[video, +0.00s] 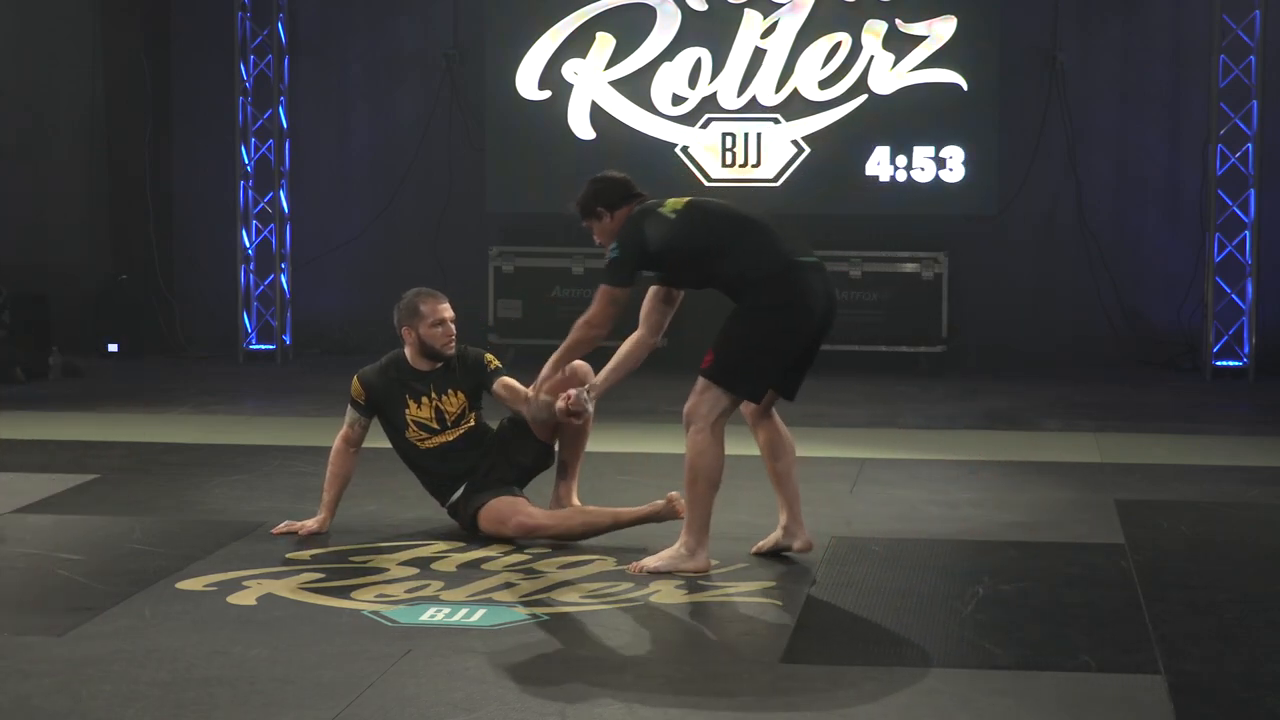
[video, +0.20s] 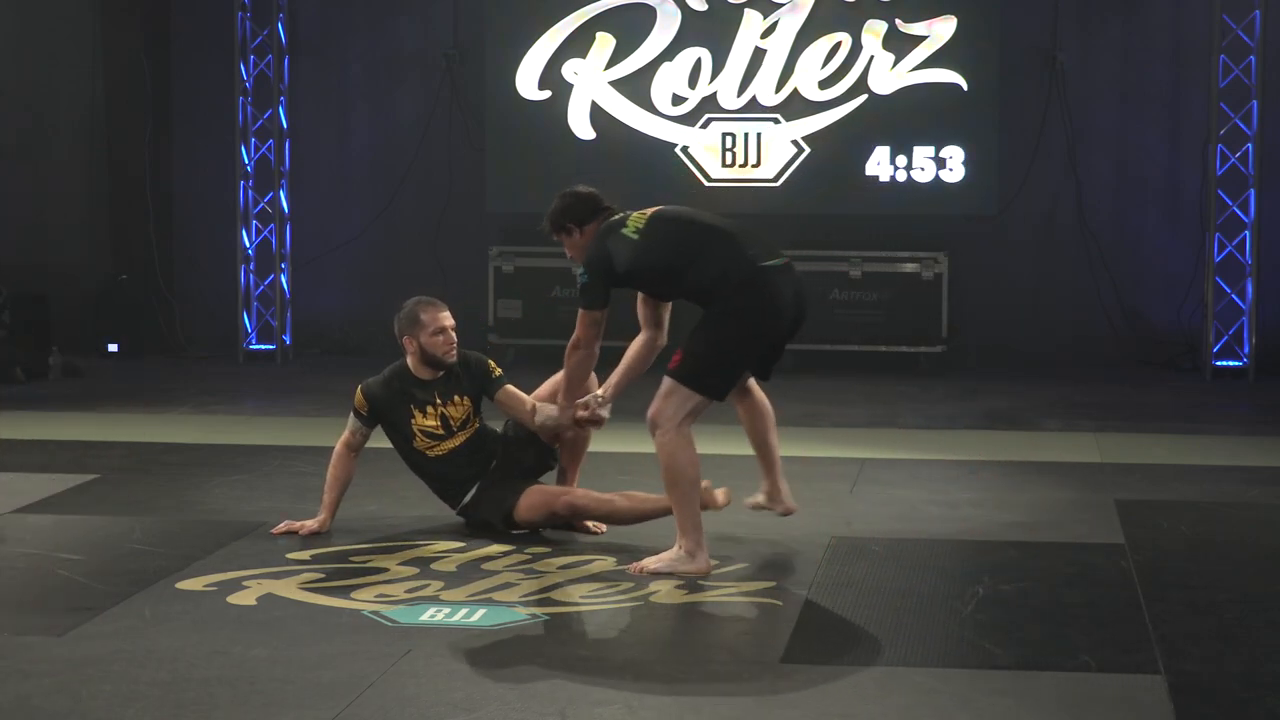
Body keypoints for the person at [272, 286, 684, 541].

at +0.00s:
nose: (453, 330)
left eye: (453, 321)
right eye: (442, 324)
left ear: (450, 322)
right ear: (410, 331)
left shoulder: (467, 358)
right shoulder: (374, 383)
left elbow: (525, 403)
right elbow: (348, 444)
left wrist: (561, 405)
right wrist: (323, 517)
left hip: (504, 449)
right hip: (468, 491)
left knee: (573, 374)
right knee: (525, 524)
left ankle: (568, 501)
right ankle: (658, 511)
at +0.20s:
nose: (452, 339)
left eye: (452, 329)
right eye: (440, 333)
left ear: (452, 330)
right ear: (409, 342)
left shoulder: (467, 364)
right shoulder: (379, 394)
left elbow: (531, 413)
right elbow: (347, 451)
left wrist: (572, 415)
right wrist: (323, 518)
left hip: (505, 453)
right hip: (479, 497)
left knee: (577, 378)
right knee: (567, 502)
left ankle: (564, 505)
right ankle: (688, 501)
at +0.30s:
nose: (457, 338)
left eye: (457, 329)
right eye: (445, 333)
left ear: (455, 330)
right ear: (415, 344)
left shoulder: (475, 365)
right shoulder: (387, 396)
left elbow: (548, 387)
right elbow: (343, 448)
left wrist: (603, 374)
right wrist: (324, 517)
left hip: (511, 453)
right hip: (486, 496)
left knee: (578, 388)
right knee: (583, 478)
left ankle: (564, 506)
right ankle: (697, 468)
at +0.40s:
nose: (461, 335)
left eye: (459, 326)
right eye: (449, 330)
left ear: (455, 331)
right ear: (418, 342)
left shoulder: (478, 358)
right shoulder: (392, 396)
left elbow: (548, 336)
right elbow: (346, 447)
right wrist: (361, 510)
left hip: (518, 448)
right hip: (492, 493)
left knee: (574, 391)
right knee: (590, 454)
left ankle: (586, 509)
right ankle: (711, 428)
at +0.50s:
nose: (457, 337)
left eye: (453, 329)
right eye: (444, 335)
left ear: (455, 331)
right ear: (417, 355)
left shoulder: (472, 353)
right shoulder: (405, 415)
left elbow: (531, 320)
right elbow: (376, 491)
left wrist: (574, 271)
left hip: (520, 460)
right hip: (499, 500)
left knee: (574, 359)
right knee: (575, 433)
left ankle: (591, 492)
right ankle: (694, 411)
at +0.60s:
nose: (439, 349)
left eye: (435, 343)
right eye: (427, 346)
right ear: (400, 363)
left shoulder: (449, 369)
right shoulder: (401, 431)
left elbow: (504, 330)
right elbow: (410, 511)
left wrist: (541, 280)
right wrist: (440, 532)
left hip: (518, 464)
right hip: (513, 500)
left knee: (539, 354)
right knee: (548, 394)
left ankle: (599, 467)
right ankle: (647, 398)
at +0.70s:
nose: (407, 372)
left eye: (402, 366)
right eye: (395, 369)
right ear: (373, 392)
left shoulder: (420, 398)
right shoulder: (384, 451)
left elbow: (461, 349)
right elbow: (412, 523)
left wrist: (497, 302)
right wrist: (427, 498)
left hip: (515, 475)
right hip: (507, 500)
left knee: (488, 353)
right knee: (488, 380)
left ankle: (589, 431)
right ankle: (601, 400)